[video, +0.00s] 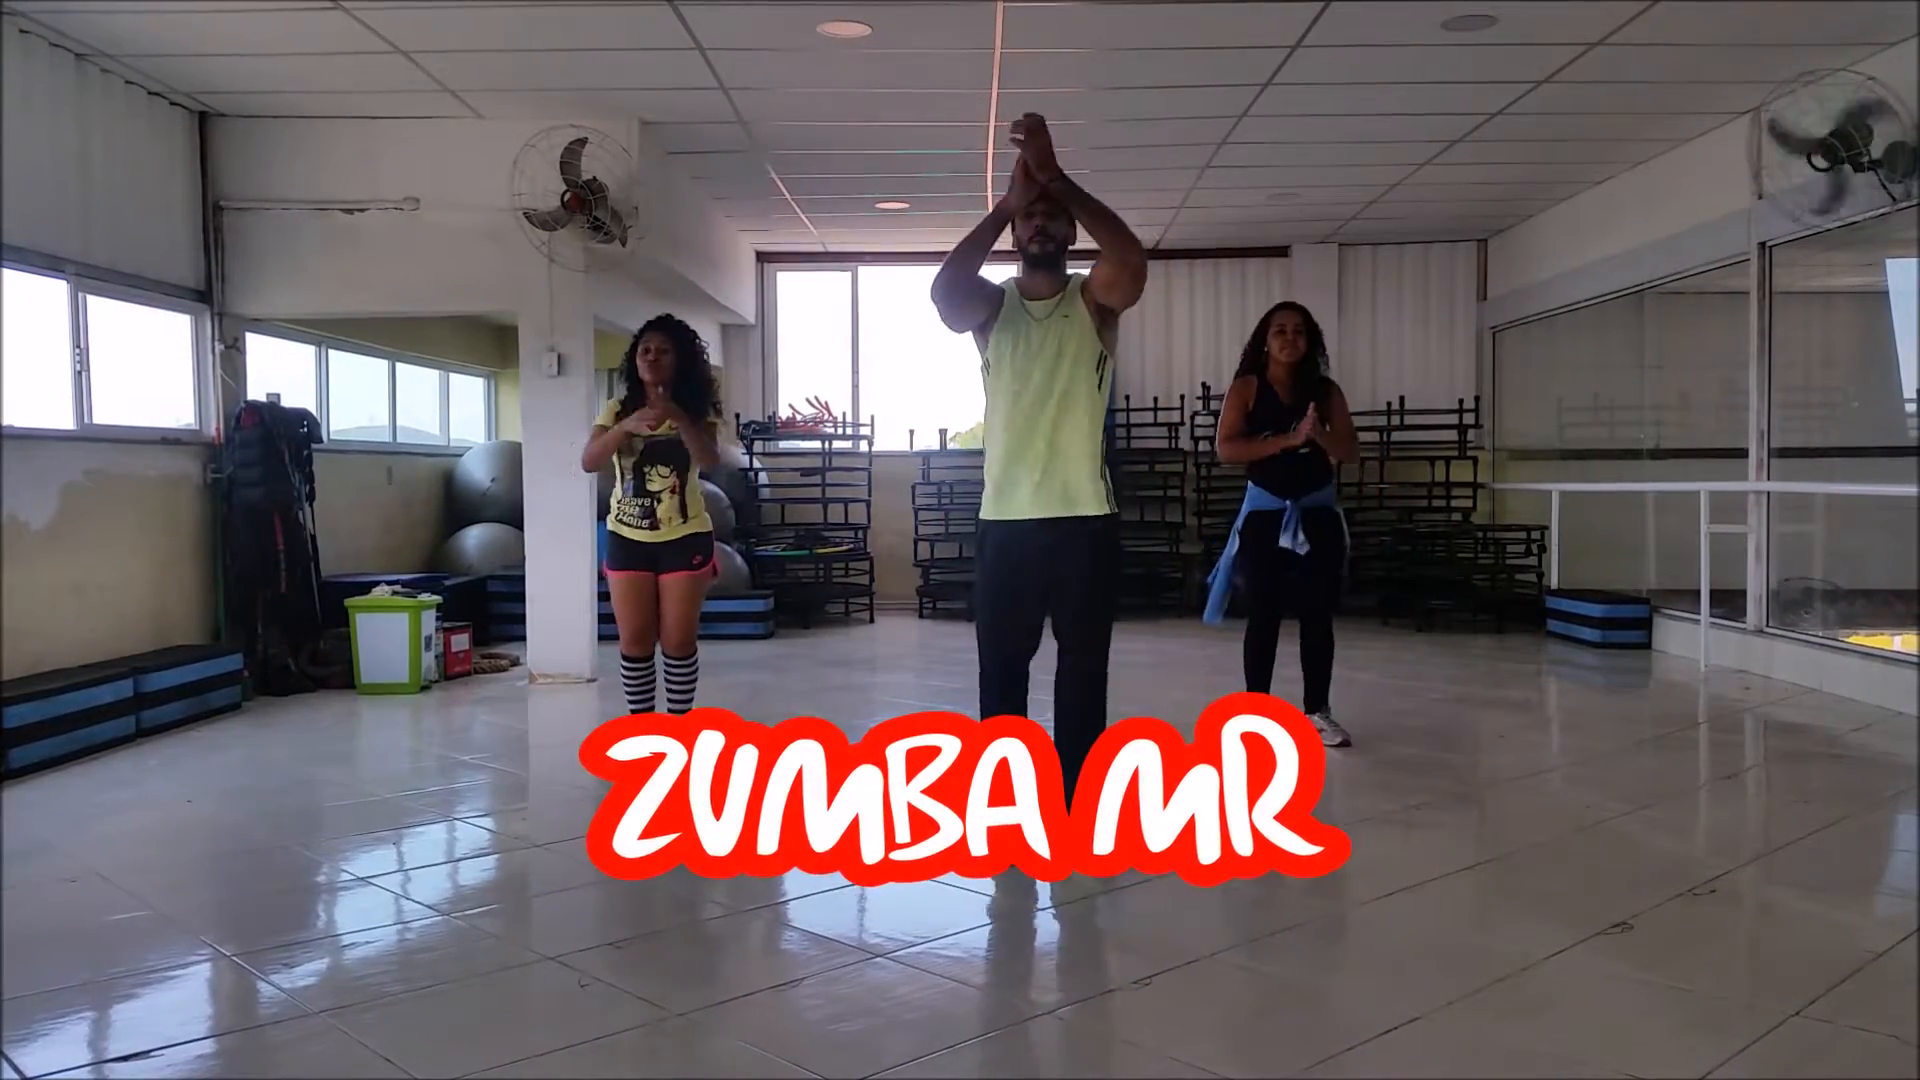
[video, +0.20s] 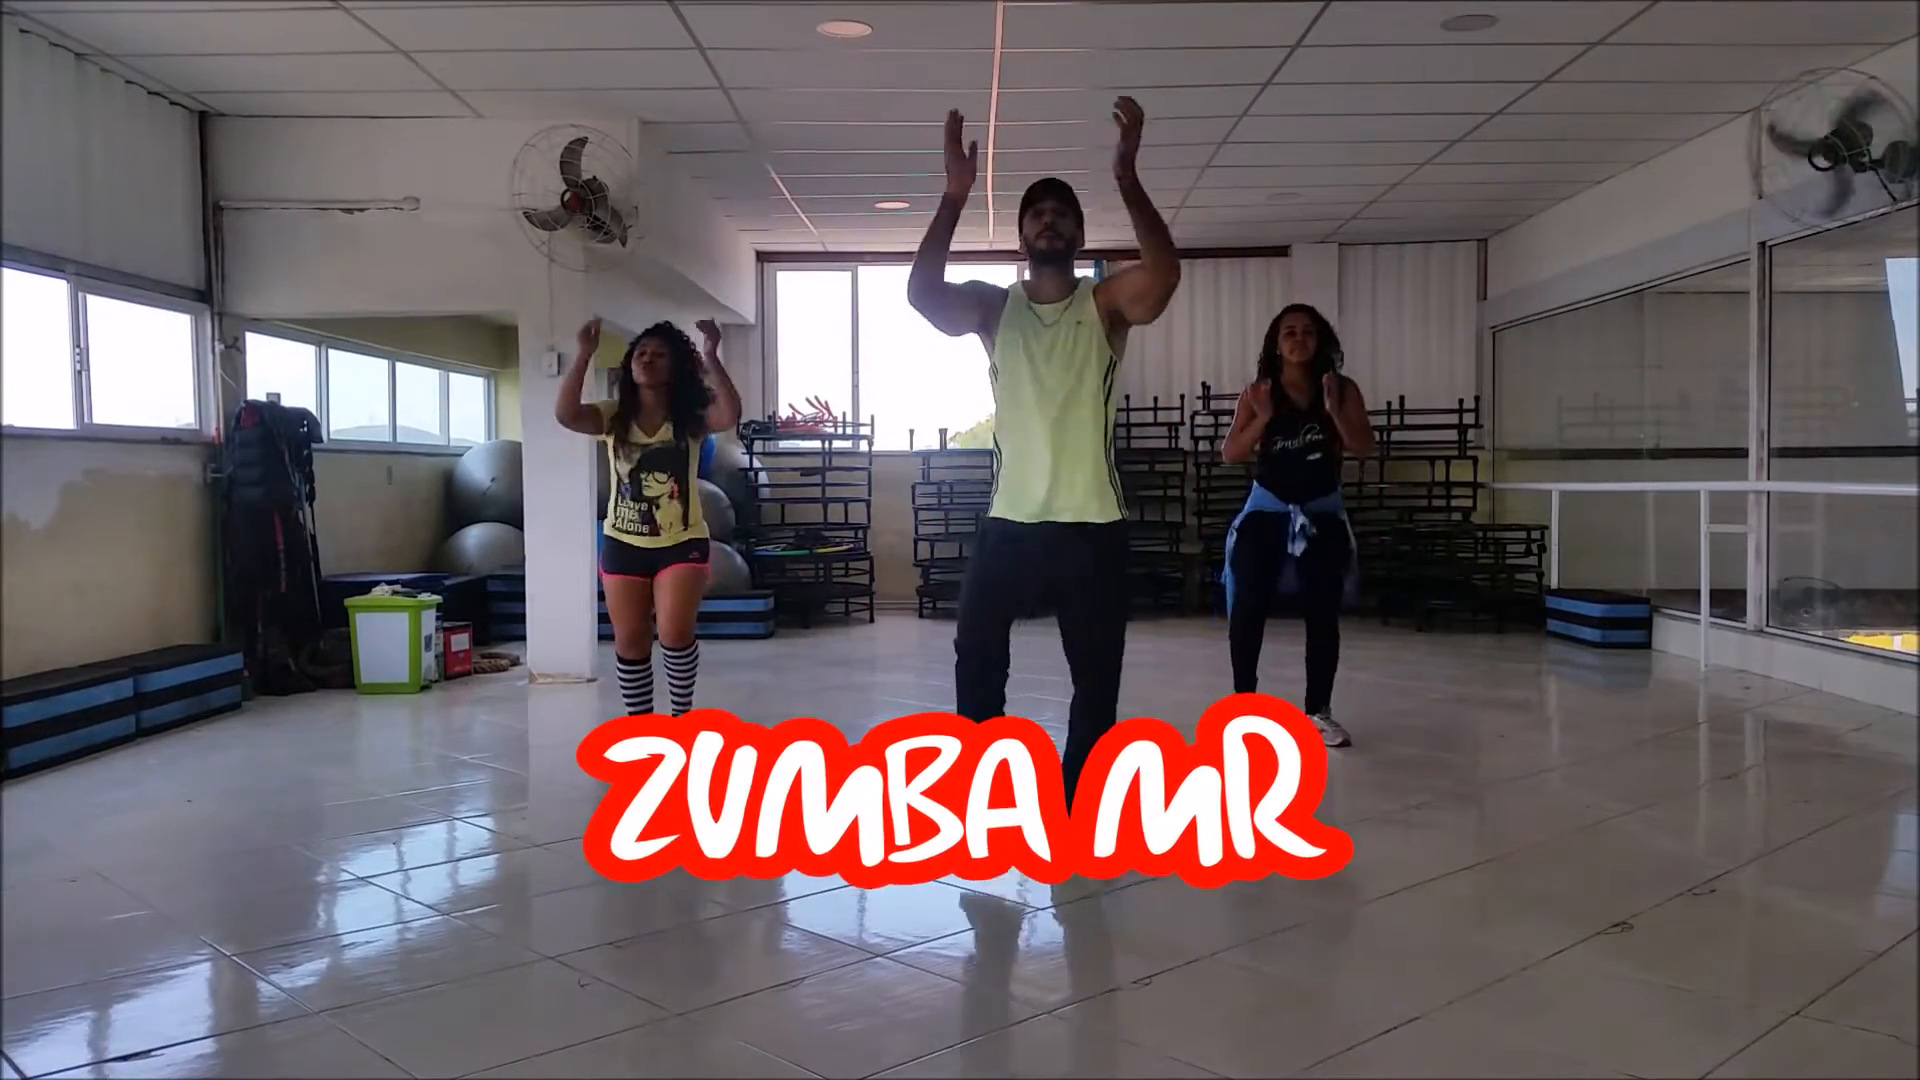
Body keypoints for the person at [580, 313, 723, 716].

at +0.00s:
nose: (651, 357)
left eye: (662, 351)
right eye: (644, 350)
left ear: (680, 361)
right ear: (635, 359)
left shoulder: (696, 410)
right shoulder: (619, 409)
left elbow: (709, 460)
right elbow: (590, 460)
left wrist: (678, 417)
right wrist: (626, 427)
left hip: (685, 538)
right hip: (627, 538)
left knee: (678, 643)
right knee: (634, 643)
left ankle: (679, 733)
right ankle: (641, 734)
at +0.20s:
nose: (645, 358)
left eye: (658, 353)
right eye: (639, 352)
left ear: (677, 366)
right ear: (630, 365)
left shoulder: (689, 417)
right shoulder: (615, 415)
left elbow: (730, 413)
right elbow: (567, 413)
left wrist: (712, 359)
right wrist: (582, 357)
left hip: (681, 544)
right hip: (622, 544)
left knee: (675, 635)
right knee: (629, 643)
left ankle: (680, 723)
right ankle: (640, 730)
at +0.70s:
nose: (658, 355)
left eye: (669, 349)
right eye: (651, 348)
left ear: (688, 359)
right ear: (639, 357)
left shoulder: (701, 407)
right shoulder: (623, 404)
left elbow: (719, 343)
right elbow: (585, 351)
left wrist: (703, 281)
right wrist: (597, 289)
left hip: (692, 541)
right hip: (634, 540)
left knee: (686, 644)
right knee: (630, 641)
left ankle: (683, 731)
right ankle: (645, 726)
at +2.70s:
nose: (665, 367)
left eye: (674, 359)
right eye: (656, 359)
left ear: (690, 363)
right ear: (645, 363)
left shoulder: (707, 408)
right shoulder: (631, 407)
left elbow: (709, 347)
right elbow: (606, 353)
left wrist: (680, 286)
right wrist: (638, 294)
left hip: (696, 538)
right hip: (638, 537)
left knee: (690, 645)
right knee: (637, 646)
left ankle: (690, 735)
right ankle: (651, 736)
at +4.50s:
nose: (664, 359)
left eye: (674, 351)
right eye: (656, 351)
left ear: (691, 360)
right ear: (645, 358)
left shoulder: (711, 412)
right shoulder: (628, 410)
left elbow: (763, 408)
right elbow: (564, 410)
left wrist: (726, 355)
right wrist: (588, 352)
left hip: (696, 540)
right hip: (637, 538)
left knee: (689, 641)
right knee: (620, 640)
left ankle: (688, 739)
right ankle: (626, 740)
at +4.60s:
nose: (662, 361)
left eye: (673, 353)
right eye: (654, 353)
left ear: (691, 362)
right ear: (645, 360)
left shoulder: (706, 418)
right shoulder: (629, 413)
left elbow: (756, 468)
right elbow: (580, 466)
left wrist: (737, 438)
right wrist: (574, 448)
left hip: (695, 541)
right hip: (636, 539)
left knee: (688, 642)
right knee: (623, 643)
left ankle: (688, 739)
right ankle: (625, 744)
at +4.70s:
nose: (661, 366)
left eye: (672, 358)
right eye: (653, 358)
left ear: (690, 367)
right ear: (642, 366)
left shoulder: (706, 423)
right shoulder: (625, 418)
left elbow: (729, 479)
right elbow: (595, 477)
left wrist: (736, 497)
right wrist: (575, 515)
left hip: (693, 547)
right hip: (634, 545)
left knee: (687, 648)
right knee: (614, 645)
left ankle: (687, 740)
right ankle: (625, 745)